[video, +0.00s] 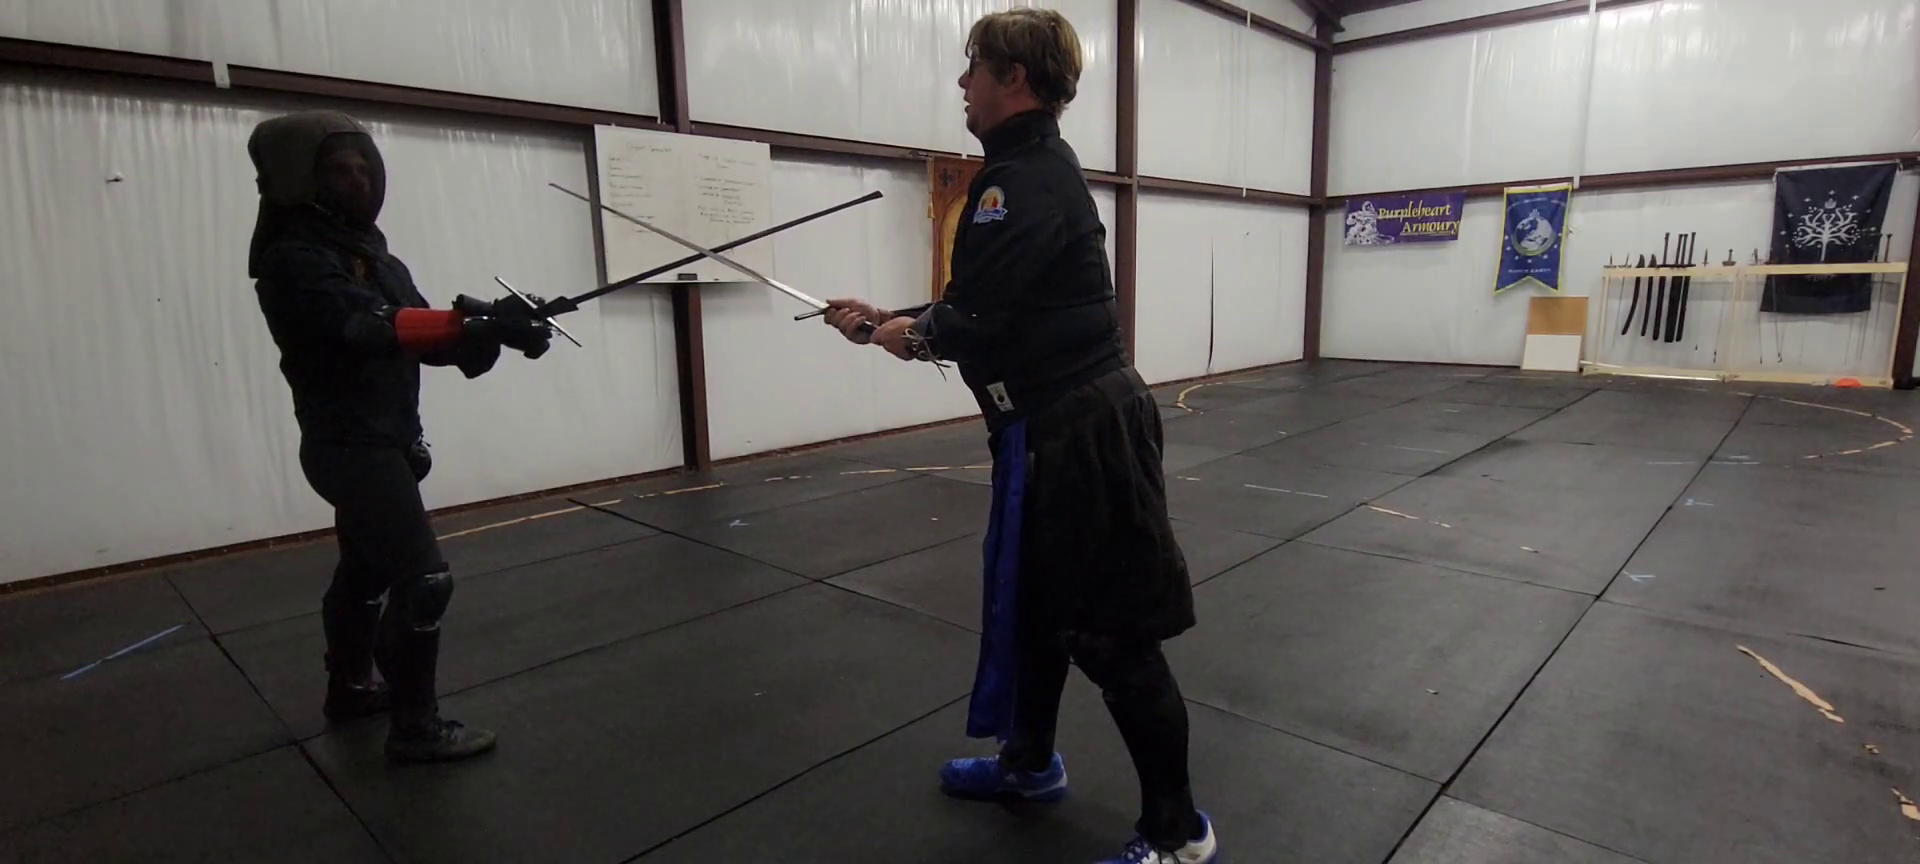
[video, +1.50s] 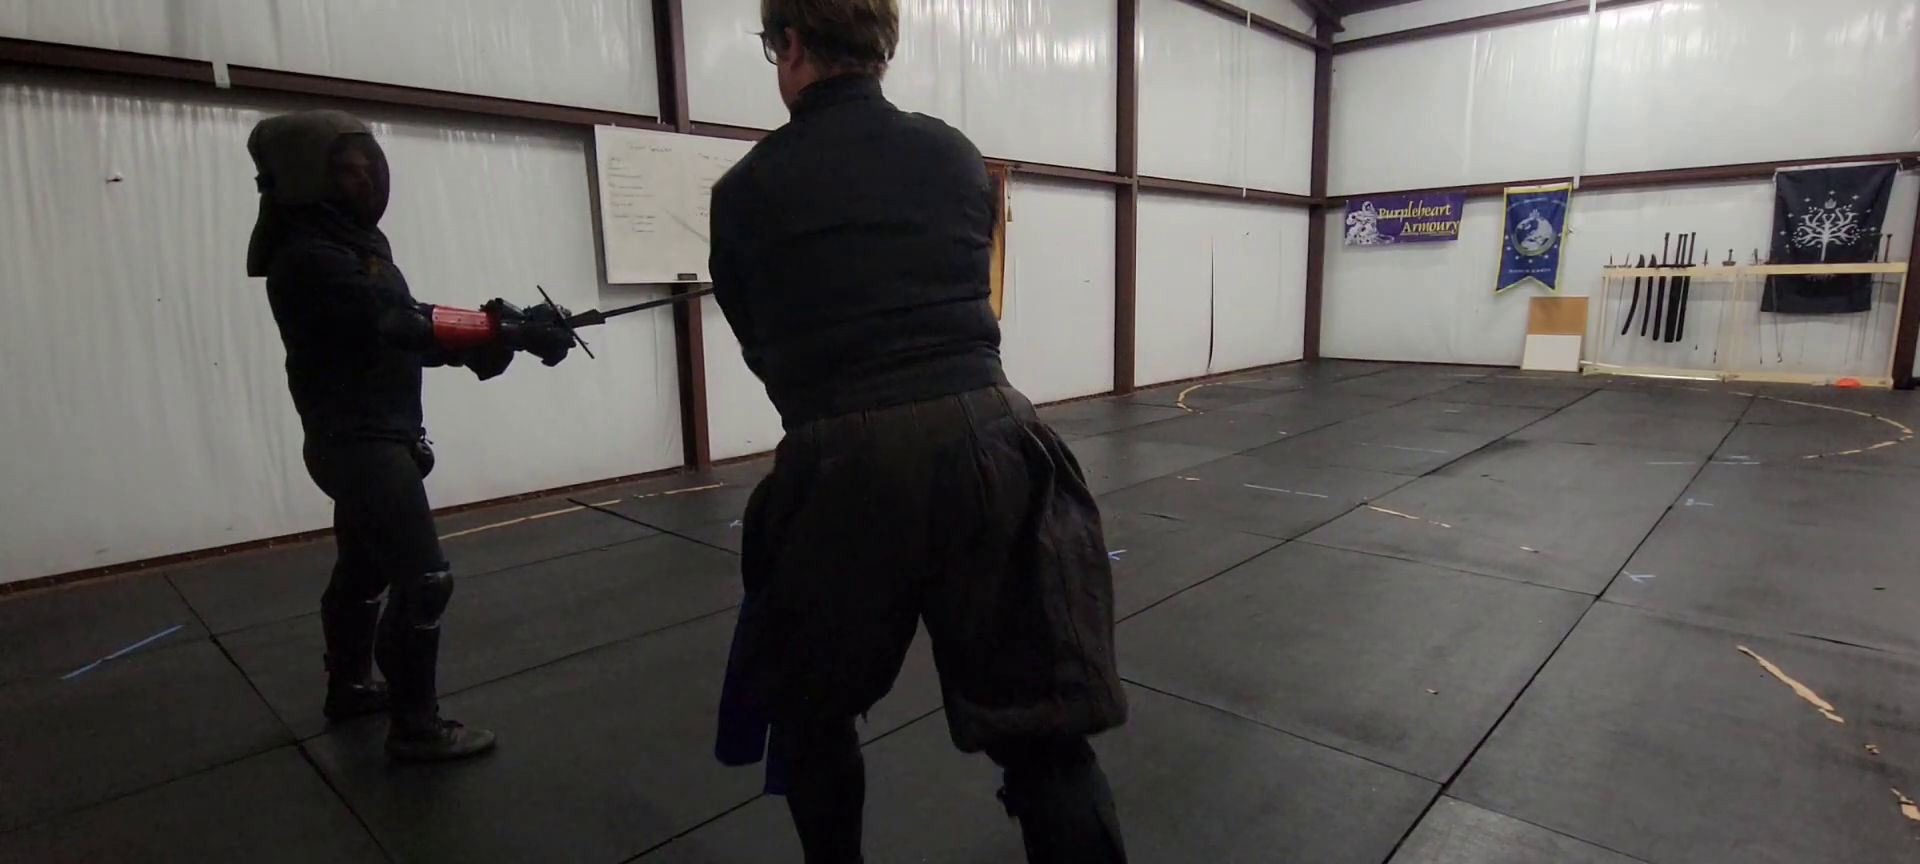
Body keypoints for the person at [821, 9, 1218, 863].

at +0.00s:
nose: (963, 84)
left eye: (976, 70)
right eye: (968, 69)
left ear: (1017, 82)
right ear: (1025, 83)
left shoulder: (1023, 181)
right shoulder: (1030, 167)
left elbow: (981, 322)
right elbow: (975, 300)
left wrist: (903, 334)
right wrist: (891, 319)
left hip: (1082, 423)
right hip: (1052, 420)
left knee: (1111, 629)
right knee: (1034, 599)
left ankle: (1176, 829)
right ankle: (1028, 760)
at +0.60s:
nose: (935, 76)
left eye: (948, 63)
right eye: (940, 62)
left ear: (989, 76)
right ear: (1006, 82)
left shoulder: (959, 181)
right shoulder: (1042, 175)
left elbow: (888, 305)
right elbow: (1006, 288)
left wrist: (881, 340)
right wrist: (915, 318)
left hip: (994, 424)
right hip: (1065, 406)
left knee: (970, 609)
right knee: (1027, 593)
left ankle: (1049, 827)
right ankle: (1022, 759)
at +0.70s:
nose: (918, 77)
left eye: (930, 64)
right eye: (923, 63)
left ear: (971, 76)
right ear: (989, 82)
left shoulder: (944, 182)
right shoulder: (1026, 176)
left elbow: (872, 301)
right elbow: (987, 290)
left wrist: (852, 333)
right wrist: (891, 318)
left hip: (980, 426)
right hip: (1053, 407)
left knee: (941, 623)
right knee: (1014, 593)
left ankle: (954, 833)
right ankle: (1031, 761)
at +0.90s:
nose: (885, 84)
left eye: (893, 69)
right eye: (888, 68)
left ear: (932, 75)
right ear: (961, 81)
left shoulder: (905, 182)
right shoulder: (995, 174)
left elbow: (825, 303)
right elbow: (910, 273)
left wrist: (762, 315)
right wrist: (798, 289)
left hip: (934, 433)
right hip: (1027, 417)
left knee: (861, 639)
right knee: (988, 602)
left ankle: (842, 845)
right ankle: (1024, 760)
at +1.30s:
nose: (773, 63)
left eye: (776, 44)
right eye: (774, 45)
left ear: (801, 45)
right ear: (874, 50)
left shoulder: (762, 166)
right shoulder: (930, 144)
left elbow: (730, 288)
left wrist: (720, 212)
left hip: (852, 441)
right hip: (982, 419)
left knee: (825, 696)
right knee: (1032, 690)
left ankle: (836, 857)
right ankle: (1087, 850)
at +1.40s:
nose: (770, 68)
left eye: (771, 47)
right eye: (771, 48)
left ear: (793, 46)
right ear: (875, 47)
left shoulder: (746, 176)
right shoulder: (936, 146)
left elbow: (741, 314)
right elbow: (949, 273)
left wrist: (849, 278)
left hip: (843, 450)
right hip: (979, 428)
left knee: (817, 703)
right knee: (1029, 705)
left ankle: (835, 855)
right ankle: (1088, 848)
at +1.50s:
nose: (774, 71)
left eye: (773, 51)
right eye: (773, 51)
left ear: (794, 49)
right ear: (880, 48)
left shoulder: (745, 189)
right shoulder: (955, 153)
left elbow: (760, 337)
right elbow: (965, 290)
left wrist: (832, 414)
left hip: (848, 467)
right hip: (985, 444)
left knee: (813, 711)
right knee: (1034, 722)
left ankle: (834, 854)